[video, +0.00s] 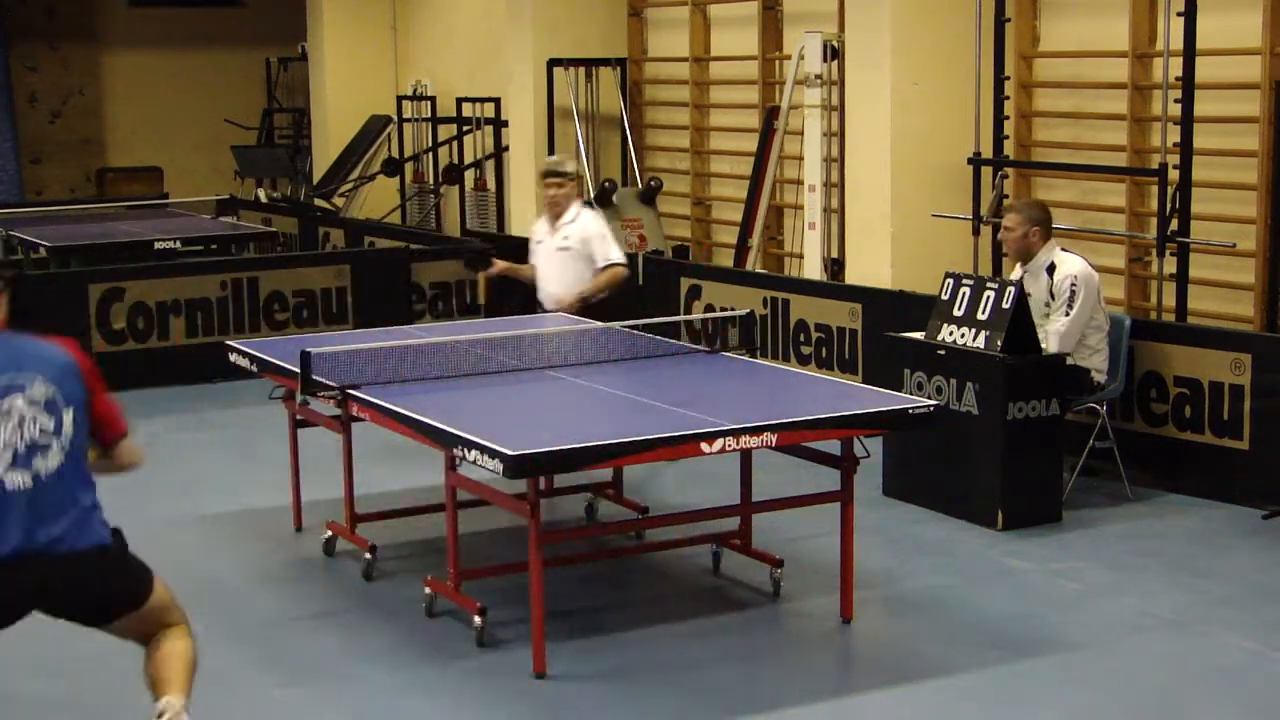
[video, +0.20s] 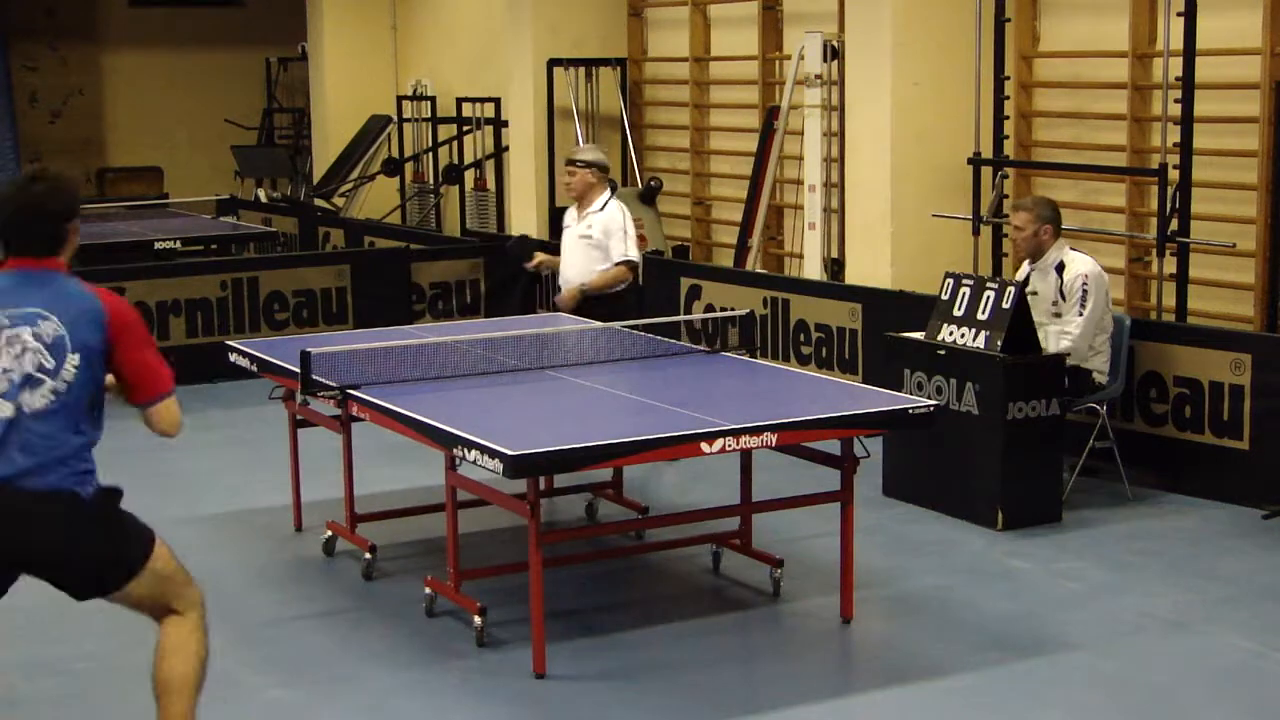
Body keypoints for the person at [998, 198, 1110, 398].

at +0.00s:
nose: (1000, 237)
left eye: (1007, 230)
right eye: (1001, 230)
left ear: (1034, 235)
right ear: (1034, 236)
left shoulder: (1074, 273)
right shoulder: (1020, 273)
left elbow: (1057, 343)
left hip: (1082, 374)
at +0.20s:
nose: (1012, 237)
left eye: (1019, 230)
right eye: (1012, 229)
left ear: (1045, 232)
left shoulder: (1083, 273)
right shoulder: (1025, 272)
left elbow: (1075, 348)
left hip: (1082, 374)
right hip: (1039, 368)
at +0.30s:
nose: (1018, 237)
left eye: (1027, 230)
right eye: (1017, 229)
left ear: (1052, 232)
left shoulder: (1089, 272)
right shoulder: (1026, 272)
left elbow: (1089, 343)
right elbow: (1011, 328)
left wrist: (1041, 368)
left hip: (1084, 373)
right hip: (1039, 369)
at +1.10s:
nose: (1041, 235)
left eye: (1051, 228)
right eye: (1039, 226)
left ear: (1075, 231)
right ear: (1035, 225)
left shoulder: (1105, 274)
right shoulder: (1026, 270)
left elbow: (1108, 347)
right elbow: (995, 317)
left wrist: (1050, 363)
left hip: (1085, 375)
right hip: (1031, 369)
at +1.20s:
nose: (1040, 234)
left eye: (1051, 227)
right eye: (1039, 226)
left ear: (1075, 231)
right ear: (1036, 226)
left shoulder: (1104, 273)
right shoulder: (1027, 268)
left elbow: (1107, 348)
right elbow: (992, 302)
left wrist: (1047, 362)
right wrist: (982, 279)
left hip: (1082, 375)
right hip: (1029, 370)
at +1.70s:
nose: (1043, 232)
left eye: (1053, 224)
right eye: (1040, 224)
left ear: (1075, 227)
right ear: (1036, 225)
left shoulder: (1105, 271)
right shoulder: (1029, 266)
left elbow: (1121, 341)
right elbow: (994, 286)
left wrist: (1068, 347)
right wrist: (973, 280)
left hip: (1084, 372)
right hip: (1031, 365)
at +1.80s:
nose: (1047, 231)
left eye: (1056, 223)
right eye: (1042, 223)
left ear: (1075, 227)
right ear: (1036, 226)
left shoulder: (1105, 270)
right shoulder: (1027, 268)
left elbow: (1125, 339)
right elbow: (993, 302)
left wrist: (1071, 345)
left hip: (1085, 373)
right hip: (1032, 367)